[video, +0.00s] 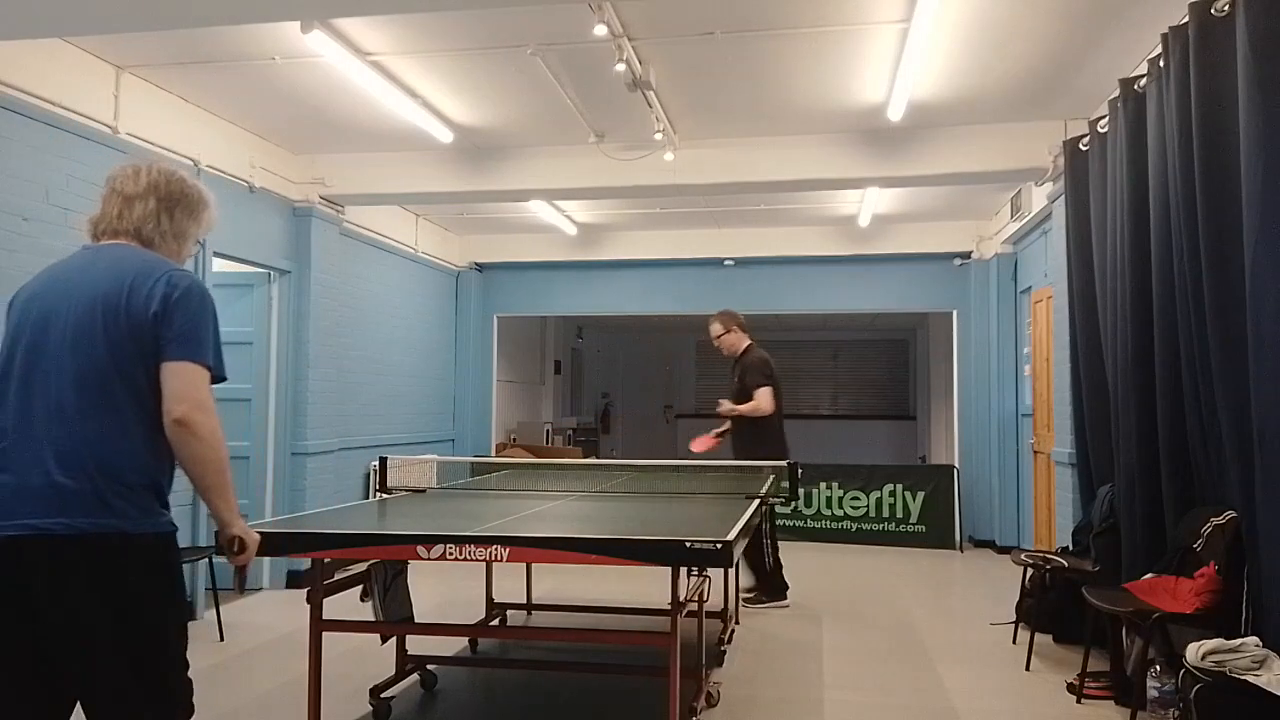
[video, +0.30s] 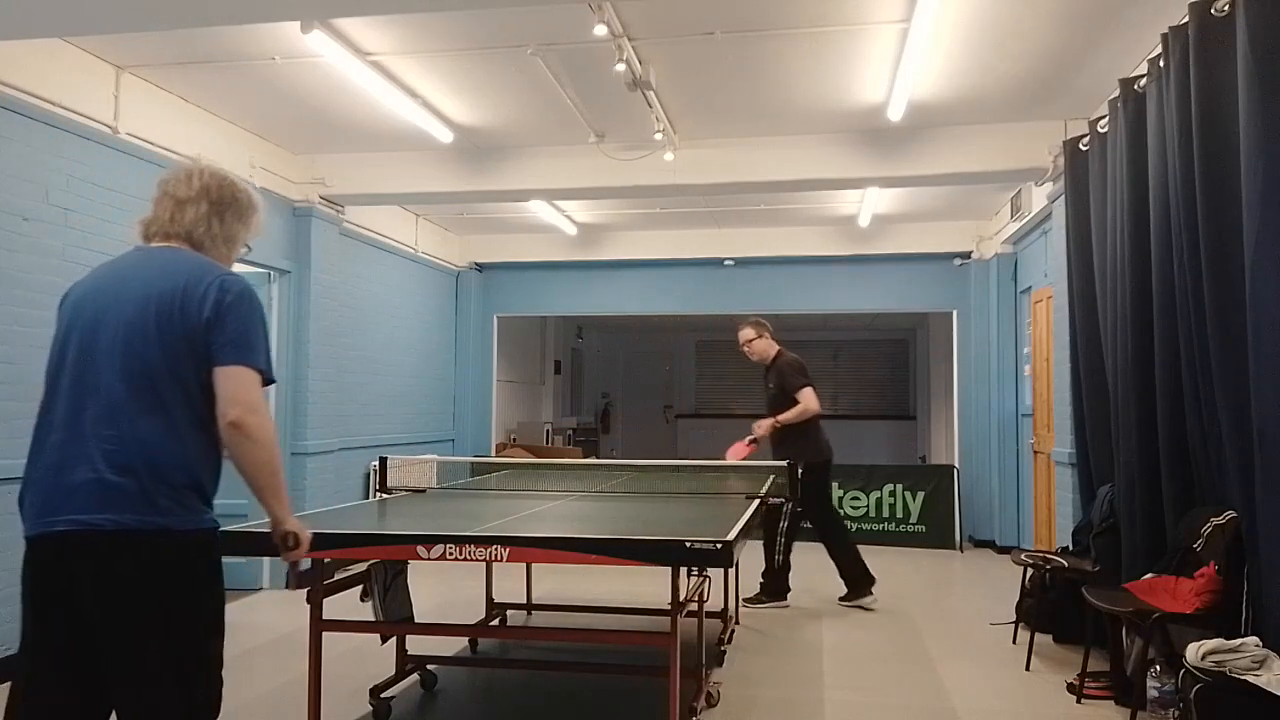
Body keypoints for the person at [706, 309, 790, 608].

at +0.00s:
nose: (716, 345)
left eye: (718, 338)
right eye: (714, 340)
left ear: (734, 331)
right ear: (731, 334)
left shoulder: (755, 361)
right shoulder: (743, 362)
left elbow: (766, 406)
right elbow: (746, 408)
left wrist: (733, 409)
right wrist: (725, 429)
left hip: (764, 459)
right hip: (752, 458)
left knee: (759, 523)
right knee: (752, 522)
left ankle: (774, 588)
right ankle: (765, 582)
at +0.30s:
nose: (746, 349)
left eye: (750, 342)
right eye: (742, 345)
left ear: (767, 337)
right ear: (743, 349)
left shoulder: (787, 364)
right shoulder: (773, 369)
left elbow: (811, 406)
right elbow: (785, 412)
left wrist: (773, 422)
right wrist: (761, 433)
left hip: (805, 459)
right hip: (799, 458)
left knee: (776, 520)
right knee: (824, 519)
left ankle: (774, 587)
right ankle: (860, 583)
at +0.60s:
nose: (761, 365)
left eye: (762, 358)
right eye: (758, 360)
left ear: (777, 348)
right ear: (777, 351)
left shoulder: (803, 370)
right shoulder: (797, 372)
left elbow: (824, 415)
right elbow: (811, 417)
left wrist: (792, 435)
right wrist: (788, 434)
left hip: (828, 460)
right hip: (832, 458)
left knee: (798, 521)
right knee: (832, 525)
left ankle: (783, 593)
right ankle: (861, 591)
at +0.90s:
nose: (746, 389)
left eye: (743, 382)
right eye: (742, 385)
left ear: (755, 369)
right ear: (757, 369)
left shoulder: (784, 382)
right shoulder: (788, 377)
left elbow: (790, 436)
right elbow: (795, 426)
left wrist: (754, 447)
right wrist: (765, 438)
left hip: (830, 461)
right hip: (844, 457)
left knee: (802, 528)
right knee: (838, 527)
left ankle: (781, 598)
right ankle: (862, 592)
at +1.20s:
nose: (719, 418)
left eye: (716, 411)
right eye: (714, 414)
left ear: (728, 398)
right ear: (729, 397)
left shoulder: (757, 402)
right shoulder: (760, 396)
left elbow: (762, 452)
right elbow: (773, 445)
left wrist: (726, 461)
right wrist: (742, 450)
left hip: (823, 459)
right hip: (837, 454)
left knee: (790, 522)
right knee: (835, 526)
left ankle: (780, 598)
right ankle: (862, 591)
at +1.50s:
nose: (714, 422)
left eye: (712, 415)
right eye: (710, 418)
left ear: (725, 403)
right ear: (727, 401)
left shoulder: (753, 406)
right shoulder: (757, 400)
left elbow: (757, 456)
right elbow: (773, 450)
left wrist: (722, 463)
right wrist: (739, 452)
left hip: (823, 459)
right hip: (837, 453)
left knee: (786, 520)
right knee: (834, 525)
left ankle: (780, 598)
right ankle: (862, 591)